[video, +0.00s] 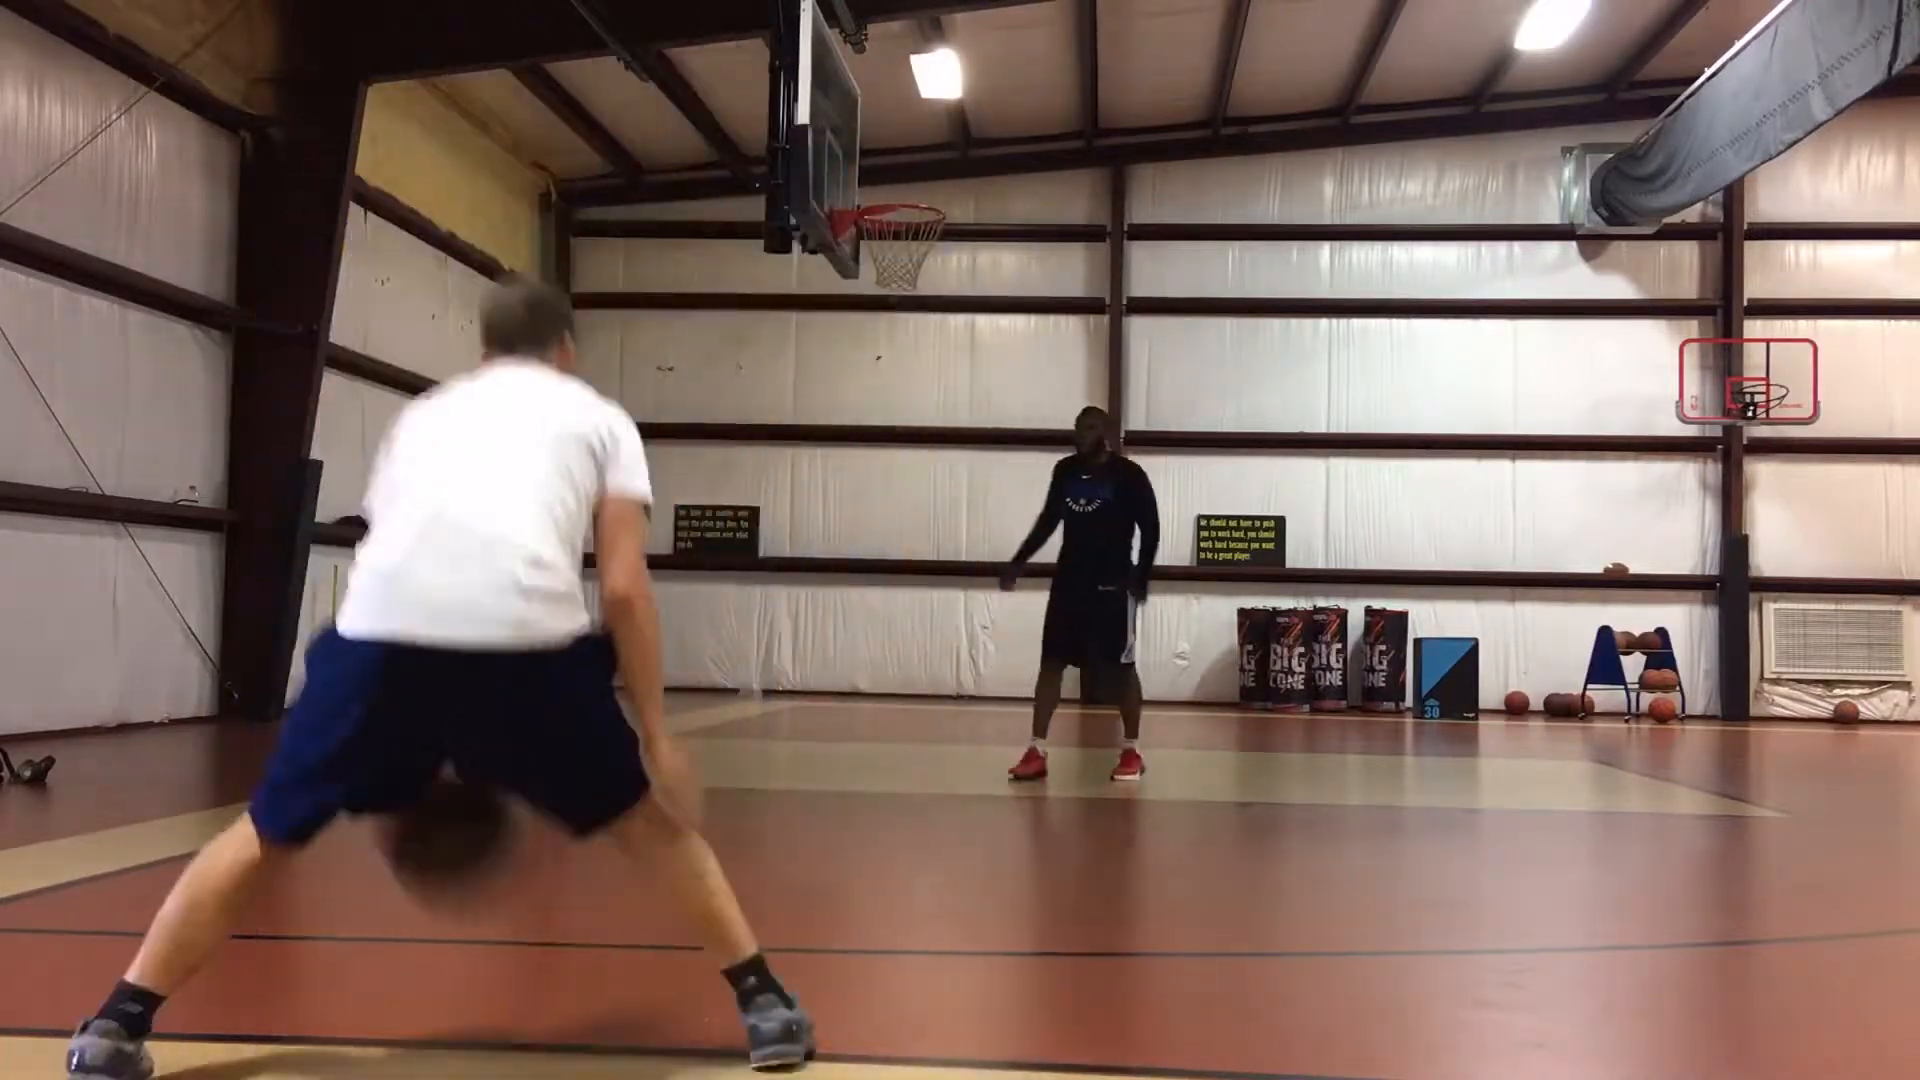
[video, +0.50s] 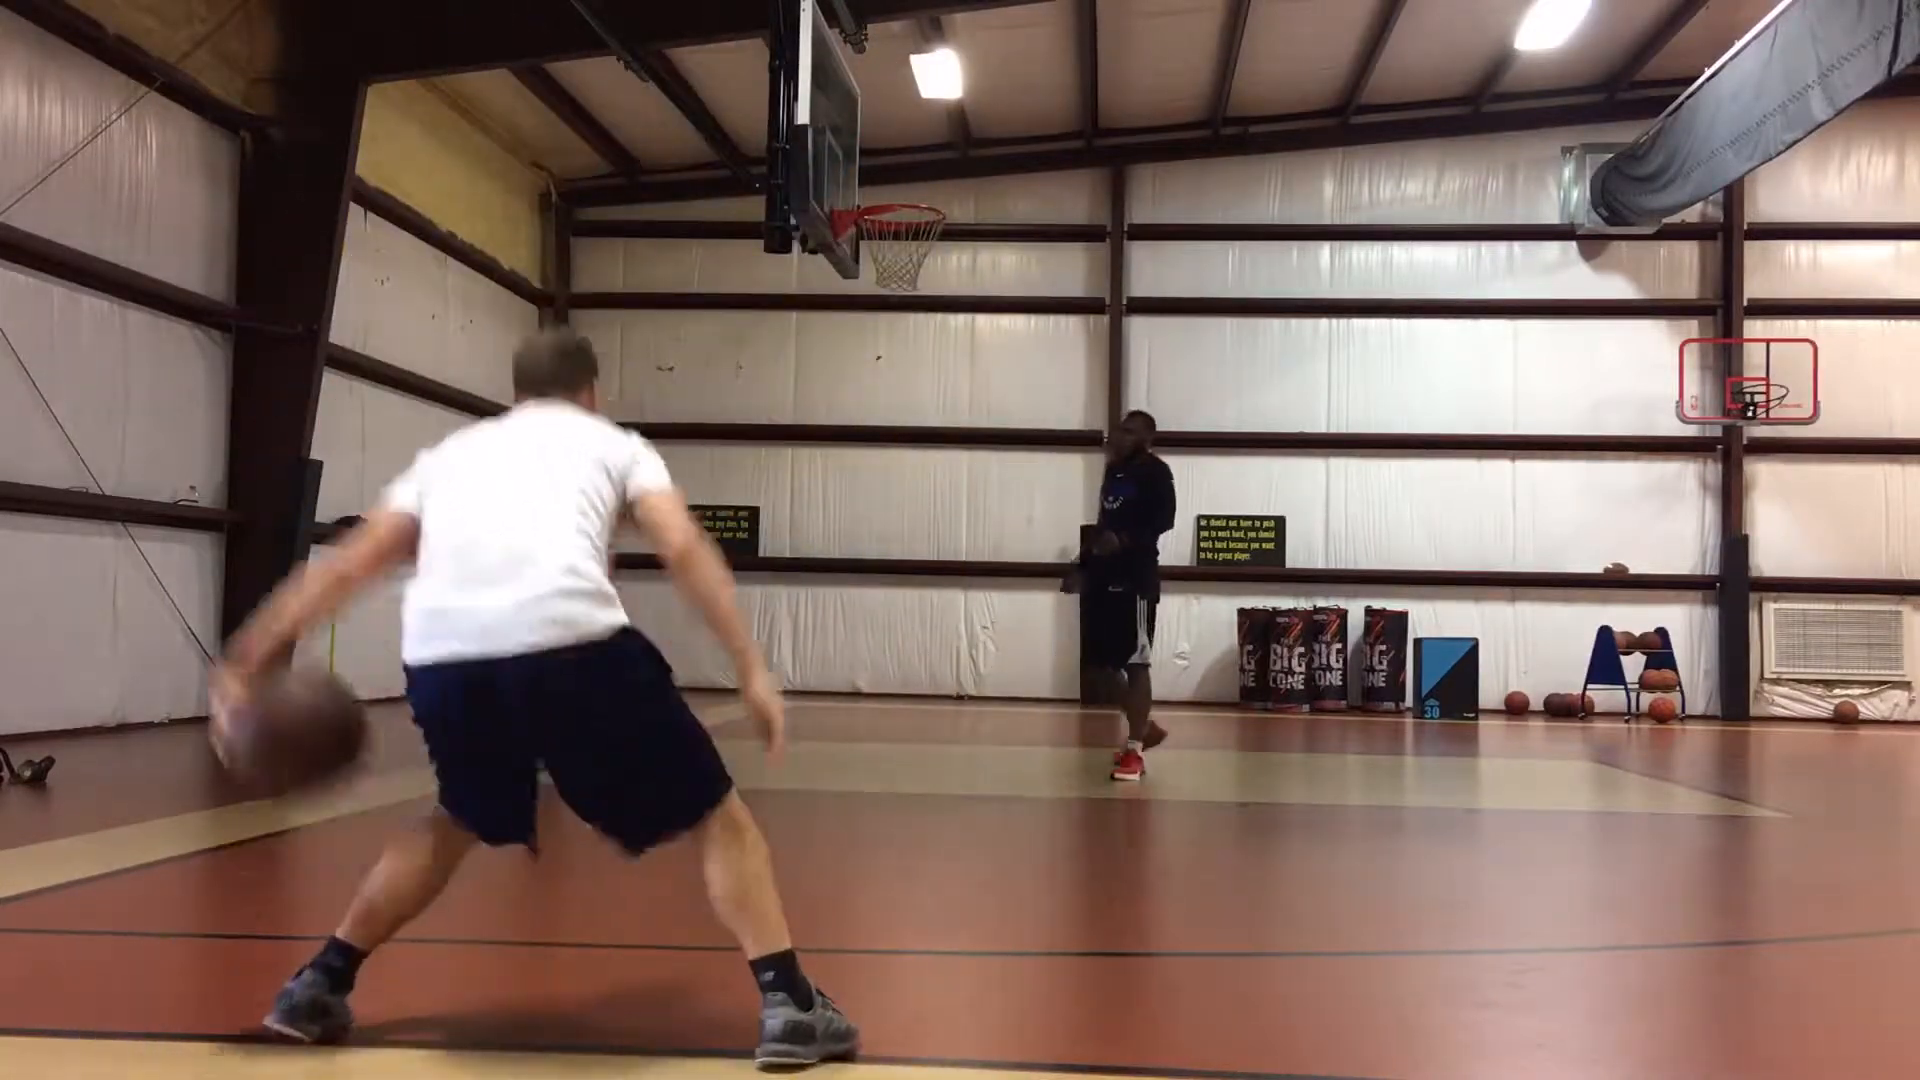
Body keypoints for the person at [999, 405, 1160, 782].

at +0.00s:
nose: (1083, 435)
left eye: (1090, 428)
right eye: (1080, 428)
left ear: (1106, 433)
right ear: (1075, 433)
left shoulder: (1129, 474)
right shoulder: (1065, 471)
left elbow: (1150, 529)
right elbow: (1048, 520)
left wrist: (1141, 576)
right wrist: (1017, 561)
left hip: (1113, 581)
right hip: (1070, 580)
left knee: (1122, 668)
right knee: (1051, 663)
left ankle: (1131, 751)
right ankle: (1036, 751)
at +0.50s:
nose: (1120, 435)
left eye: (1129, 431)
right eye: (1120, 428)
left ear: (1147, 438)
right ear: (1117, 432)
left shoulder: (1156, 471)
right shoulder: (1114, 472)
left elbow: (1162, 520)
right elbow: (1107, 526)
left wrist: (1123, 538)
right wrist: (1082, 565)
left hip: (1136, 580)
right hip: (1104, 578)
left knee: (1136, 664)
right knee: (1101, 666)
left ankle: (1134, 749)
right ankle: (1146, 726)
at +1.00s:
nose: (1113, 450)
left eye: (1118, 443)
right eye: (1114, 443)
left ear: (1135, 445)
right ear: (1141, 446)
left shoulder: (1141, 480)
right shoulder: (1147, 479)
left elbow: (1135, 539)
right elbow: (1140, 538)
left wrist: (1118, 588)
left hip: (1132, 588)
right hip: (1144, 587)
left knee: (1112, 662)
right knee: (1148, 662)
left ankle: (1119, 744)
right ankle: (1175, 743)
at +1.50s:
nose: (1065, 460)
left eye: (1068, 453)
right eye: (1065, 453)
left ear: (1084, 452)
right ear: (1096, 452)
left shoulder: (1078, 487)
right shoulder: (1121, 487)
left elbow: (1082, 545)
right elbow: (1129, 544)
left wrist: (1080, 596)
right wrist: (1115, 580)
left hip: (1090, 592)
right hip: (1122, 589)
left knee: (1080, 665)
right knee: (1125, 662)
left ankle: (1077, 740)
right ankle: (1163, 731)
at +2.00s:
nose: (1037, 448)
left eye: (1044, 444)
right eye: (1041, 443)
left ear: (1059, 454)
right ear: (1063, 455)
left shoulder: (1047, 489)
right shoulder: (1073, 487)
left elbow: (1025, 537)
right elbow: (1068, 543)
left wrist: (992, 571)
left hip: (1053, 588)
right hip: (1060, 586)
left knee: (1059, 660)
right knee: (1037, 658)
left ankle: (1075, 740)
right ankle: (1037, 733)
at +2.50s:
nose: (997, 452)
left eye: (1006, 448)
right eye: (999, 448)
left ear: (1020, 456)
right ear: (1005, 456)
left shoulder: (1024, 488)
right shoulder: (1002, 491)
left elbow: (1040, 541)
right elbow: (990, 546)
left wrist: (1045, 590)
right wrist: (966, 589)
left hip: (1014, 583)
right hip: (1001, 582)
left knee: (995, 651)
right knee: (1000, 655)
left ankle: (1047, 718)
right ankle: (1016, 734)